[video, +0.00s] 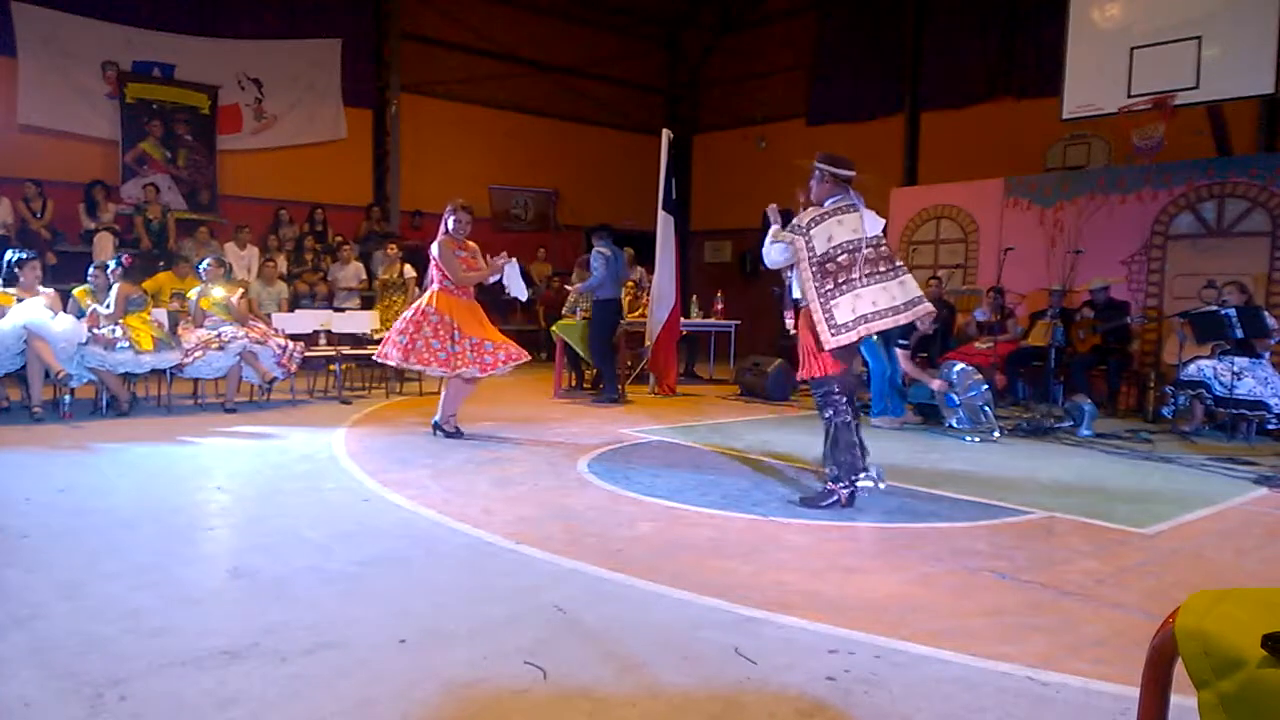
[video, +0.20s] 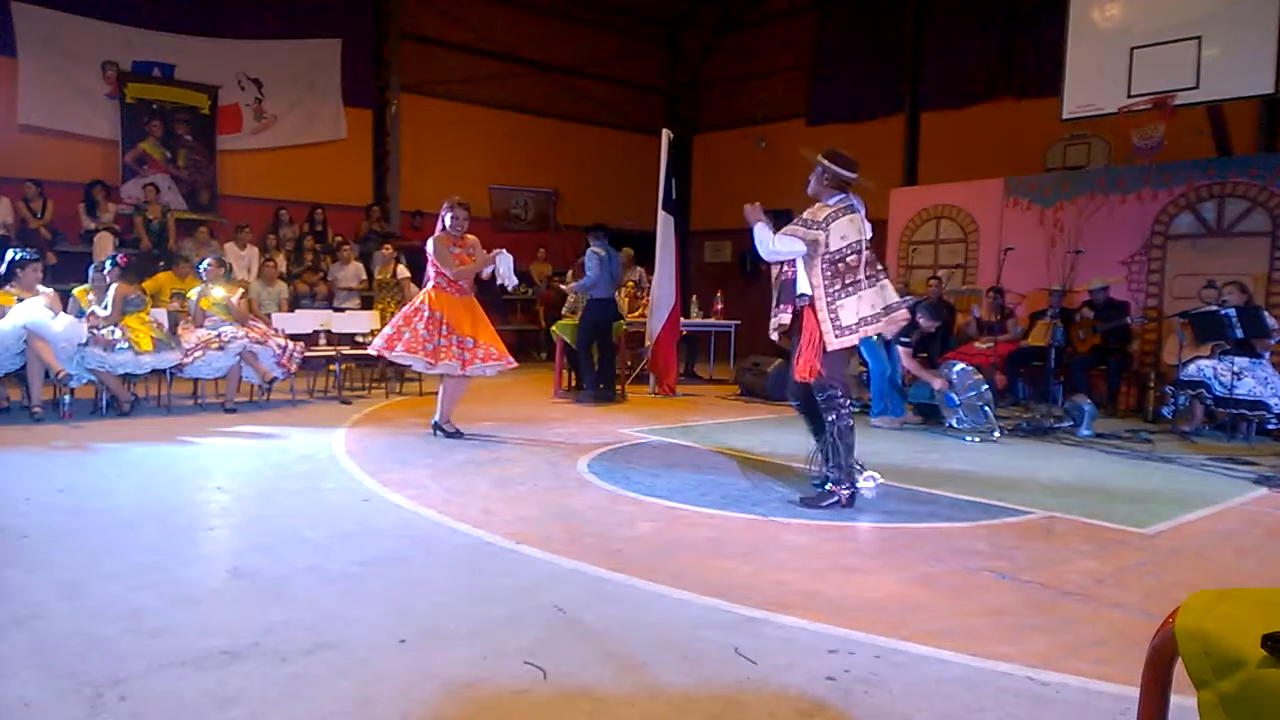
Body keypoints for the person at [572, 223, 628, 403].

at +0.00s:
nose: (593, 242)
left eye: (594, 239)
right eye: (593, 239)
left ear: (598, 239)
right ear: (609, 238)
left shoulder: (598, 252)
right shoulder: (619, 253)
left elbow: (600, 275)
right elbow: (624, 275)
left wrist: (580, 288)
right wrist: (609, 282)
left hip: (602, 302)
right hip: (615, 302)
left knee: (598, 345)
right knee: (606, 345)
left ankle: (610, 389)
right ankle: (610, 387)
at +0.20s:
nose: (589, 242)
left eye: (589, 238)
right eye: (590, 238)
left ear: (591, 238)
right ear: (605, 238)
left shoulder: (592, 252)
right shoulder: (614, 254)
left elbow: (593, 275)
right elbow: (618, 278)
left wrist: (573, 287)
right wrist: (608, 288)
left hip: (595, 302)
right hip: (610, 302)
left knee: (582, 344)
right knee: (606, 345)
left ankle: (589, 387)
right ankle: (608, 386)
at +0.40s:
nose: (582, 242)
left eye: (583, 239)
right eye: (583, 239)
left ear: (585, 239)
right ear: (598, 239)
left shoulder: (583, 253)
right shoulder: (607, 255)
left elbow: (583, 275)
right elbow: (614, 280)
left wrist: (565, 288)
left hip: (587, 302)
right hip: (603, 302)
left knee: (572, 344)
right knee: (603, 346)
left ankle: (562, 388)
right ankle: (608, 388)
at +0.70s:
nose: (564, 240)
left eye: (565, 237)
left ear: (567, 237)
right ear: (581, 238)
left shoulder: (562, 252)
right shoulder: (586, 255)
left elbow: (559, 276)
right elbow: (592, 278)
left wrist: (546, 290)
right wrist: (582, 291)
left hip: (565, 300)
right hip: (583, 300)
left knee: (556, 346)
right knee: (586, 345)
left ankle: (556, 389)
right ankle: (602, 384)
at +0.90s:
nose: (555, 238)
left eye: (556, 235)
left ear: (556, 235)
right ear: (571, 236)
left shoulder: (552, 251)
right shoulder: (578, 255)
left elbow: (547, 274)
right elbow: (581, 280)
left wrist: (536, 286)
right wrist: (571, 290)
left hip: (556, 300)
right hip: (573, 300)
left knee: (552, 344)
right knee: (568, 344)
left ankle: (555, 388)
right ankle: (579, 381)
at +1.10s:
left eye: (549, 236)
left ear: (548, 237)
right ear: (563, 237)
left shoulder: (543, 251)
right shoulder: (572, 255)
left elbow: (537, 275)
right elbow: (584, 277)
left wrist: (526, 292)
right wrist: (569, 285)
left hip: (548, 299)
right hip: (566, 300)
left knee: (547, 344)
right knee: (553, 344)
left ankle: (551, 386)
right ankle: (555, 385)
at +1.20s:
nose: (546, 243)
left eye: (546, 239)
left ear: (544, 238)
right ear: (560, 239)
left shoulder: (538, 253)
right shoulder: (570, 256)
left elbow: (532, 275)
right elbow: (586, 275)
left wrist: (525, 293)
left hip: (544, 300)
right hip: (562, 301)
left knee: (548, 346)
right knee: (548, 345)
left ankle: (556, 389)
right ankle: (538, 385)